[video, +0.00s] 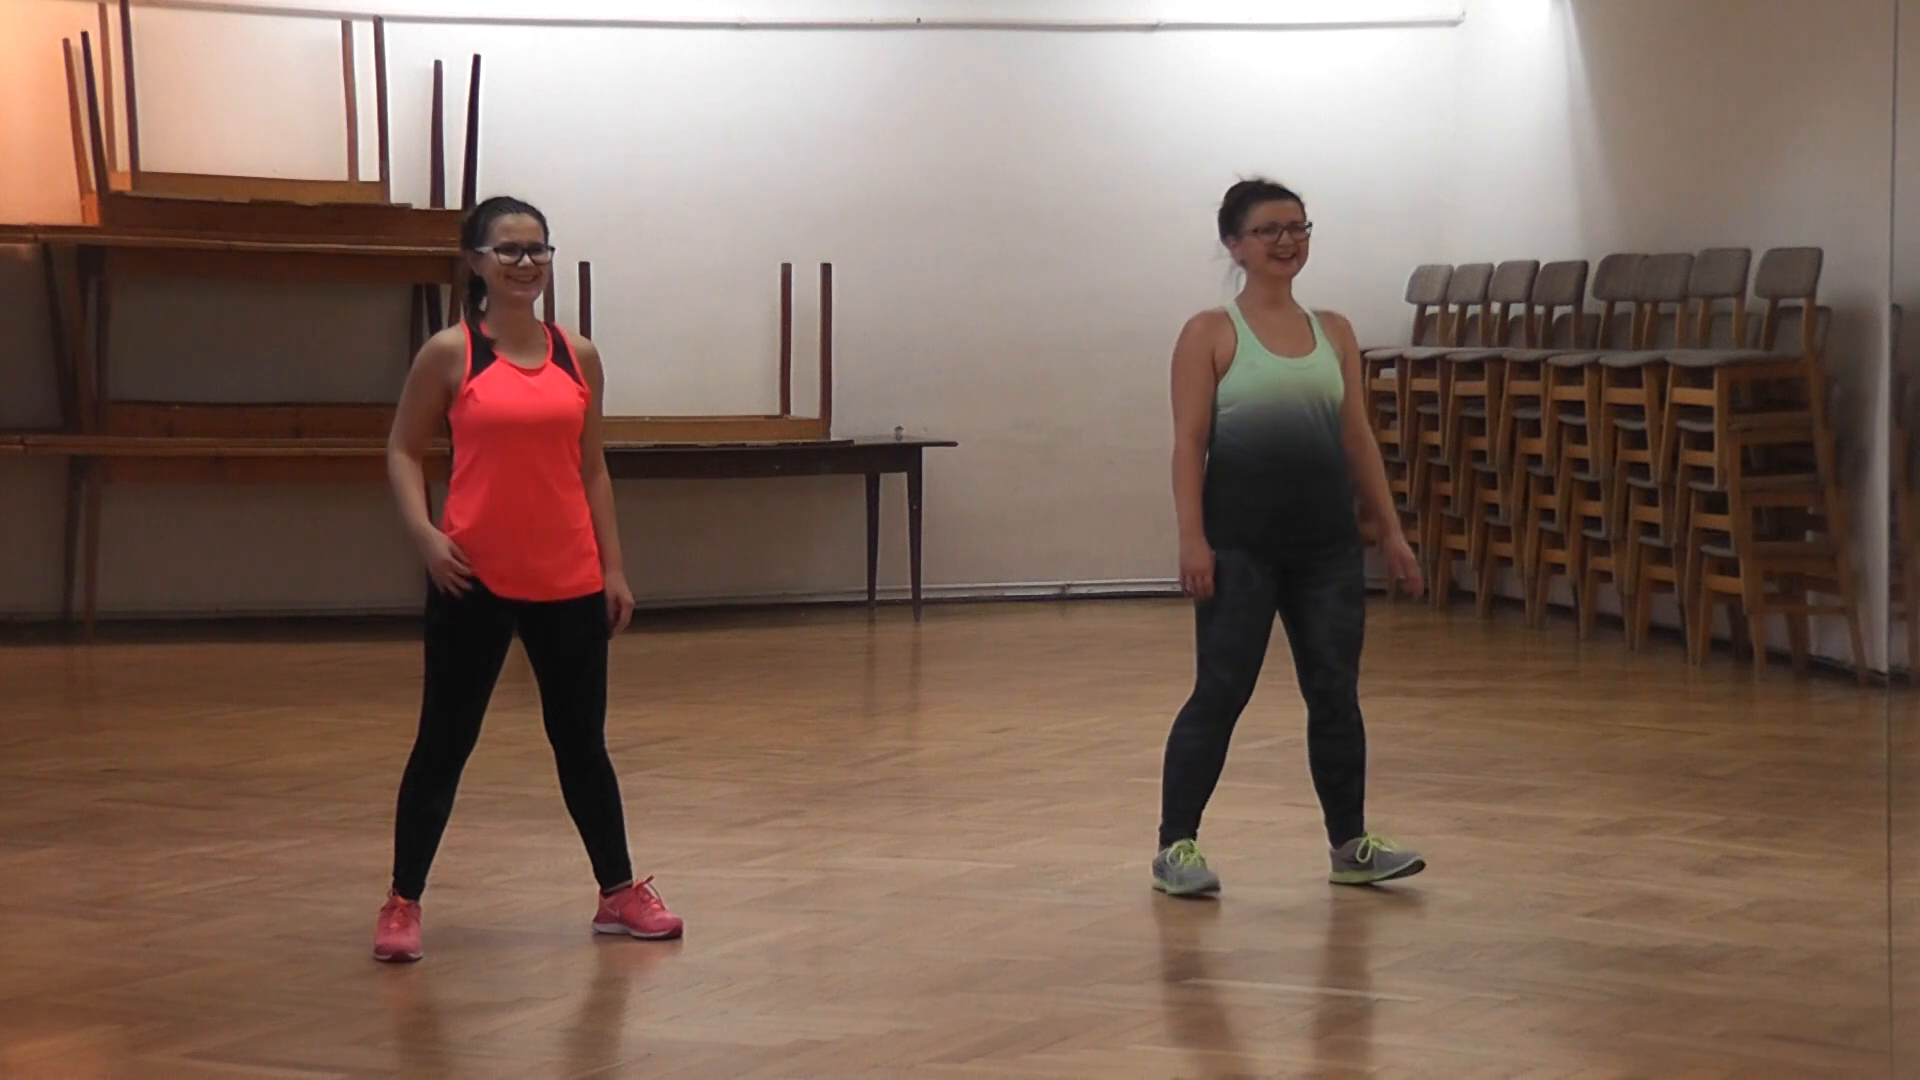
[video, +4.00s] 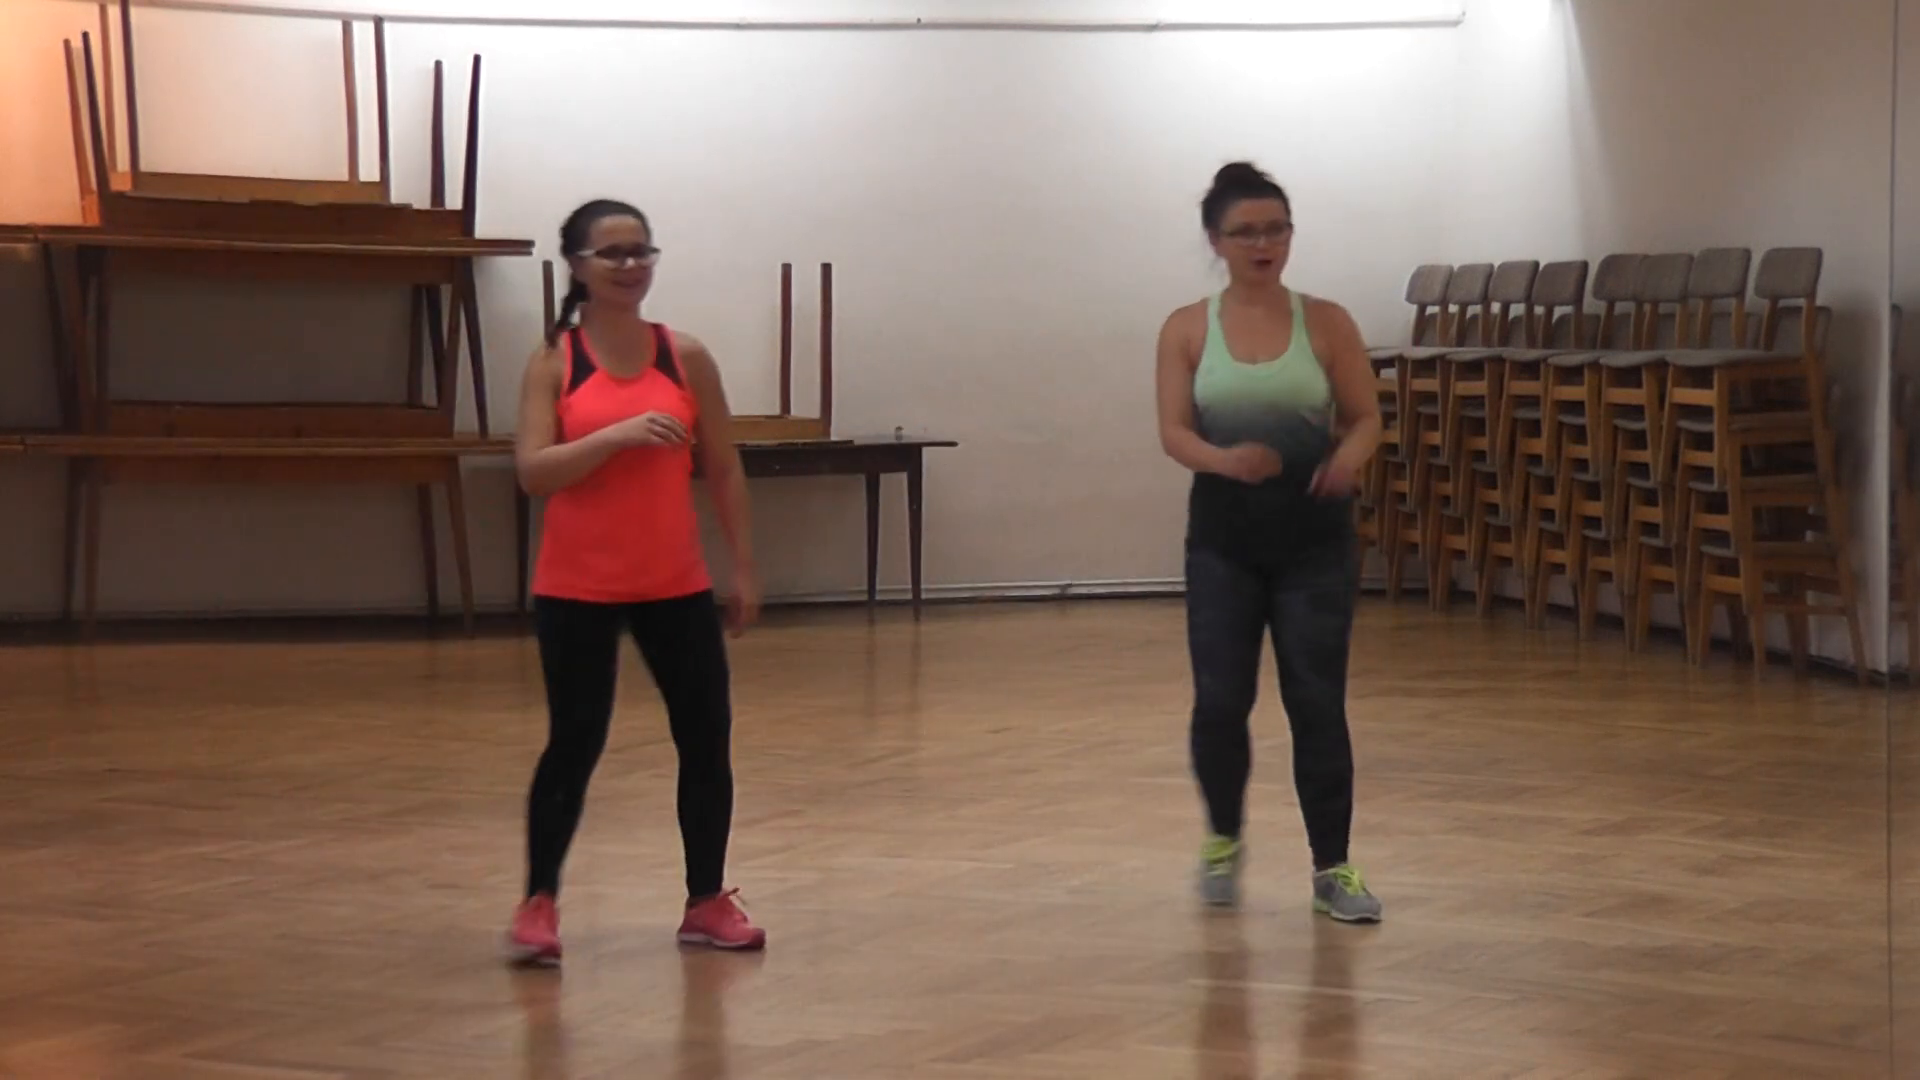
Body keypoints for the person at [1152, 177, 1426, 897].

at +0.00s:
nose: (1287, 241)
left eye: (1296, 228)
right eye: (1269, 231)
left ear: (1308, 237)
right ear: (1235, 244)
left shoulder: (1335, 332)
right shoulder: (1209, 333)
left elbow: (1359, 440)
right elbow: (1189, 443)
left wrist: (1391, 533)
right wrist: (1192, 538)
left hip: (1328, 546)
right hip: (1239, 548)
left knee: (1336, 696)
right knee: (1219, 696)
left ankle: (1350, 845)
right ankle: (1177, 846)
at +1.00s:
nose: (1255, 258)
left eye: (1265, 241)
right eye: (1244, 248)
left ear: (1307, 225)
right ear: (1238, 249)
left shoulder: (1363, 307)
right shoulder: (1254, 314)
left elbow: (1370, 409)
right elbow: (1268, 409)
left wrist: (1270, 427)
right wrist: (1205, 452)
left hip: (1367, 518)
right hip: (1283, 519)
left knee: (1377, 678)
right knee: (1259, 675)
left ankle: (1403, 836)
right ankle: (1265, 834)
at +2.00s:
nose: (1058, 244)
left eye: (1070, 231)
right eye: (1041, 232)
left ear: (1087, 239)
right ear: (1012, 240)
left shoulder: (1112, 331)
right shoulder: (973, 328)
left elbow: (1138, 435)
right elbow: (931, 430)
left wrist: (1098, 503)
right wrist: (908, 516)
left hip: (1088, 539)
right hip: (996, 541)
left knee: (1089, 703)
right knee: (974, 700)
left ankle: (1109, 868)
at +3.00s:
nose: (935, 271)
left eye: (942, 257)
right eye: (917, 259)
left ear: (946, 260)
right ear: (876, 266)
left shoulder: (895, 342)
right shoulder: (874, 344)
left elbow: (872, 460)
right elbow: (952, 441)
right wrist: (1062, 485)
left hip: (897, 571)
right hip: (844, 572)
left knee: (943, 706)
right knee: (811, 714)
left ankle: (851, 864)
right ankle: (701, 858)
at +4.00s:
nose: (1265, 243)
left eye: (1277, 228)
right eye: (1246, 232)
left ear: (1291, 233)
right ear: (1215, 241)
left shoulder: (1328, 322)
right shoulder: (1187, 330)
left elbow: (1368, 418)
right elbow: (1174, 433)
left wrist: (1350, 455)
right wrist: (1222, 460)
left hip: (1314, 533)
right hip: (1223, 537)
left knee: (1317, 702)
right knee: (1220, 703)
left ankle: (1333, 867)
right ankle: (1222, 838)